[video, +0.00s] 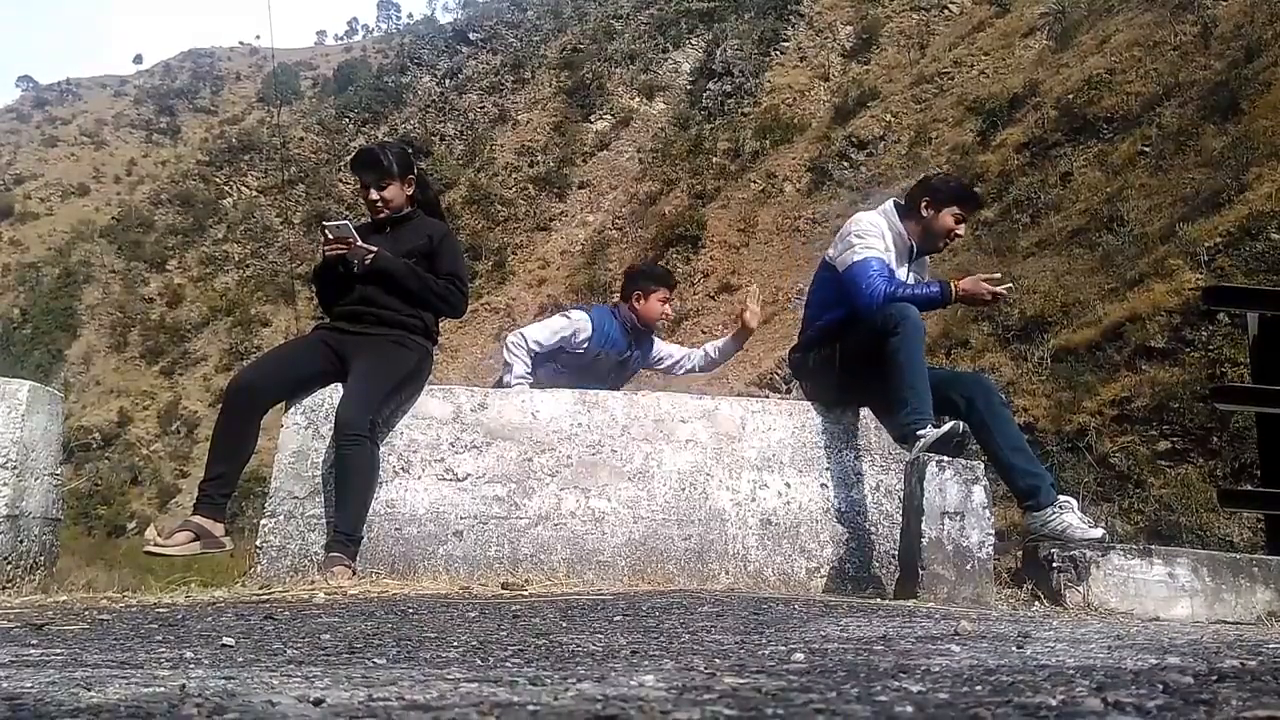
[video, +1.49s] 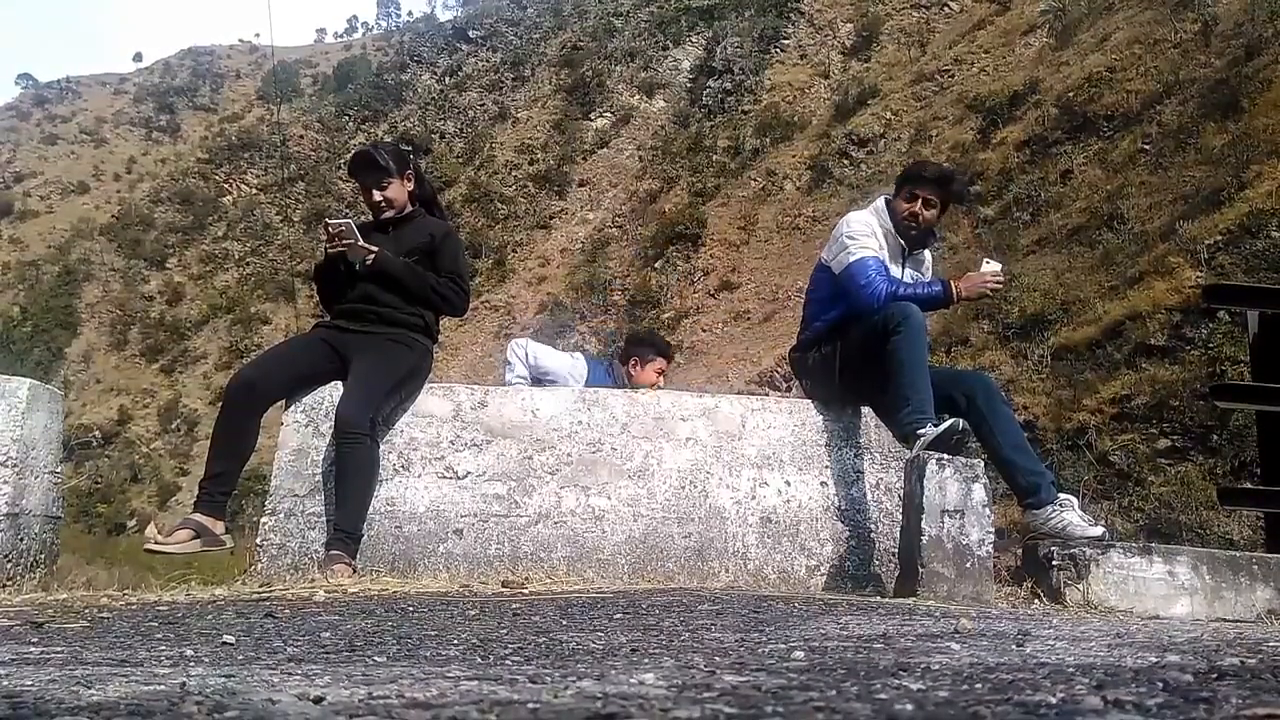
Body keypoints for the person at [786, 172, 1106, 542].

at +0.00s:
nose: (959, 232)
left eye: (964, 223)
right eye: (956, 219)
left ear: (928, 214)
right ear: (925, 208)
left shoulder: (915, 254)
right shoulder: (865, 229)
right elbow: (873, 294)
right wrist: (952, 291)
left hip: (876, 373)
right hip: (828, 368)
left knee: (976, 390)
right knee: (902, 317)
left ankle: (1043, 507)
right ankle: (916, 429)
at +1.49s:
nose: (915, 209)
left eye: (928, 205)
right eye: (908, 197)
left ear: (939, 217)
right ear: (892, 196)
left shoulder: (921, 257)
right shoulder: (857, 228)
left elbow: (912, 313)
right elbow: (874, 293)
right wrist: (951, 290)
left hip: (881, 373)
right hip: (826, 367)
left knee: (976, 387)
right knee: (904, 316)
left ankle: (1043, 504)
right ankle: (918, 428)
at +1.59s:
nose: (907, 209)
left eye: (921, 205)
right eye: (901, 198)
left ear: (936, 217)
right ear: (891, 197)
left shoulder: (921, 254)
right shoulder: (855, 229)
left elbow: (914, 308)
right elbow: (875, 292)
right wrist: (951, 290)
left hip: (880, 373)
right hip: (825, 368)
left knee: (977, 388)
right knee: (904, 317)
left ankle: (1043, 505)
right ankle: (918, 429)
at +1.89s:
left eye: (912, 212)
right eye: (919, 220)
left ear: (922, 218)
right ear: (891, 203)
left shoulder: (919, 252)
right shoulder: (851, 228)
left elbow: (914, 308)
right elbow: (875, 290)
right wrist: (956, 292)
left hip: (880, 373)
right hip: (825, 367)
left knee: (976, 387)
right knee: (903, 316)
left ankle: (1043, 504)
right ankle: (917, 429)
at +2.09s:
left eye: (917, 215)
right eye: (915, 216)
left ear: (912, 213)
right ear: (887, 204)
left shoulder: (918, 245)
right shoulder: (846, 228)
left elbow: (917, 309)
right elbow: (873, 290)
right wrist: (955, 290)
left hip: (882, 372)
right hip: (825, 366)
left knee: (976, 386)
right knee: (901, 314)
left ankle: (1043, 503)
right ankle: (917, 428)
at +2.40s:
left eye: (893, 204)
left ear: (905, 210)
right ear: (880, 199)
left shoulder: (913, 244)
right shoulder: (840, 231)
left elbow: (938, 303)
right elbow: (873, 290)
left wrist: (931, 327)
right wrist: (953, 291)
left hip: (883, 371)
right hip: (826, 367)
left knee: (977, 386)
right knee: (900, 316)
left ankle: (1043, 505)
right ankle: (917, 429)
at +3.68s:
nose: (932, 202)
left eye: (934, 193)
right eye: (922, 192)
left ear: (931, 197)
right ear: (889, 193)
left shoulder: (904, 245)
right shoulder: (850, 225)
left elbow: (898, 305)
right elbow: (865, 290)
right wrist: (948, 280)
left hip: (878, 370)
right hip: (826, 366)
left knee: (976, 385)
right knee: (898, 315)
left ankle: (1042, 503)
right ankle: (916, 429)